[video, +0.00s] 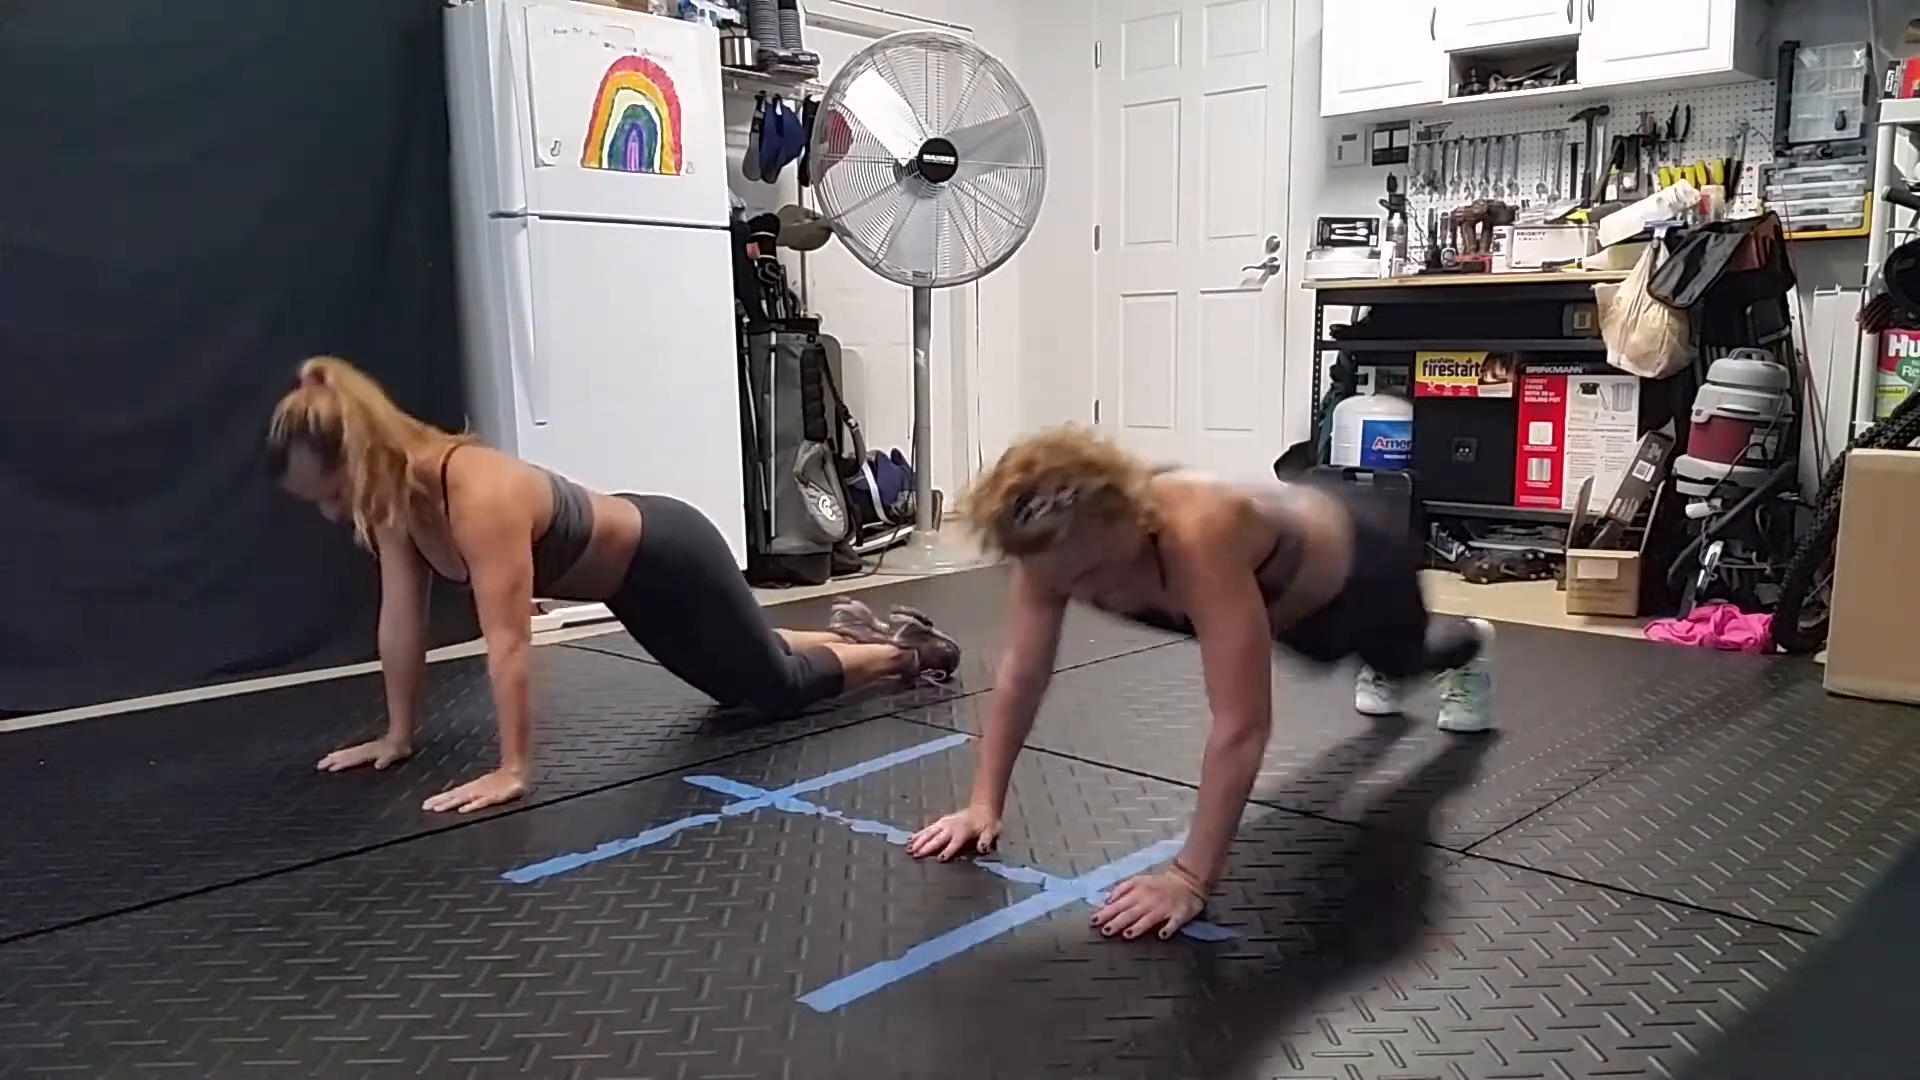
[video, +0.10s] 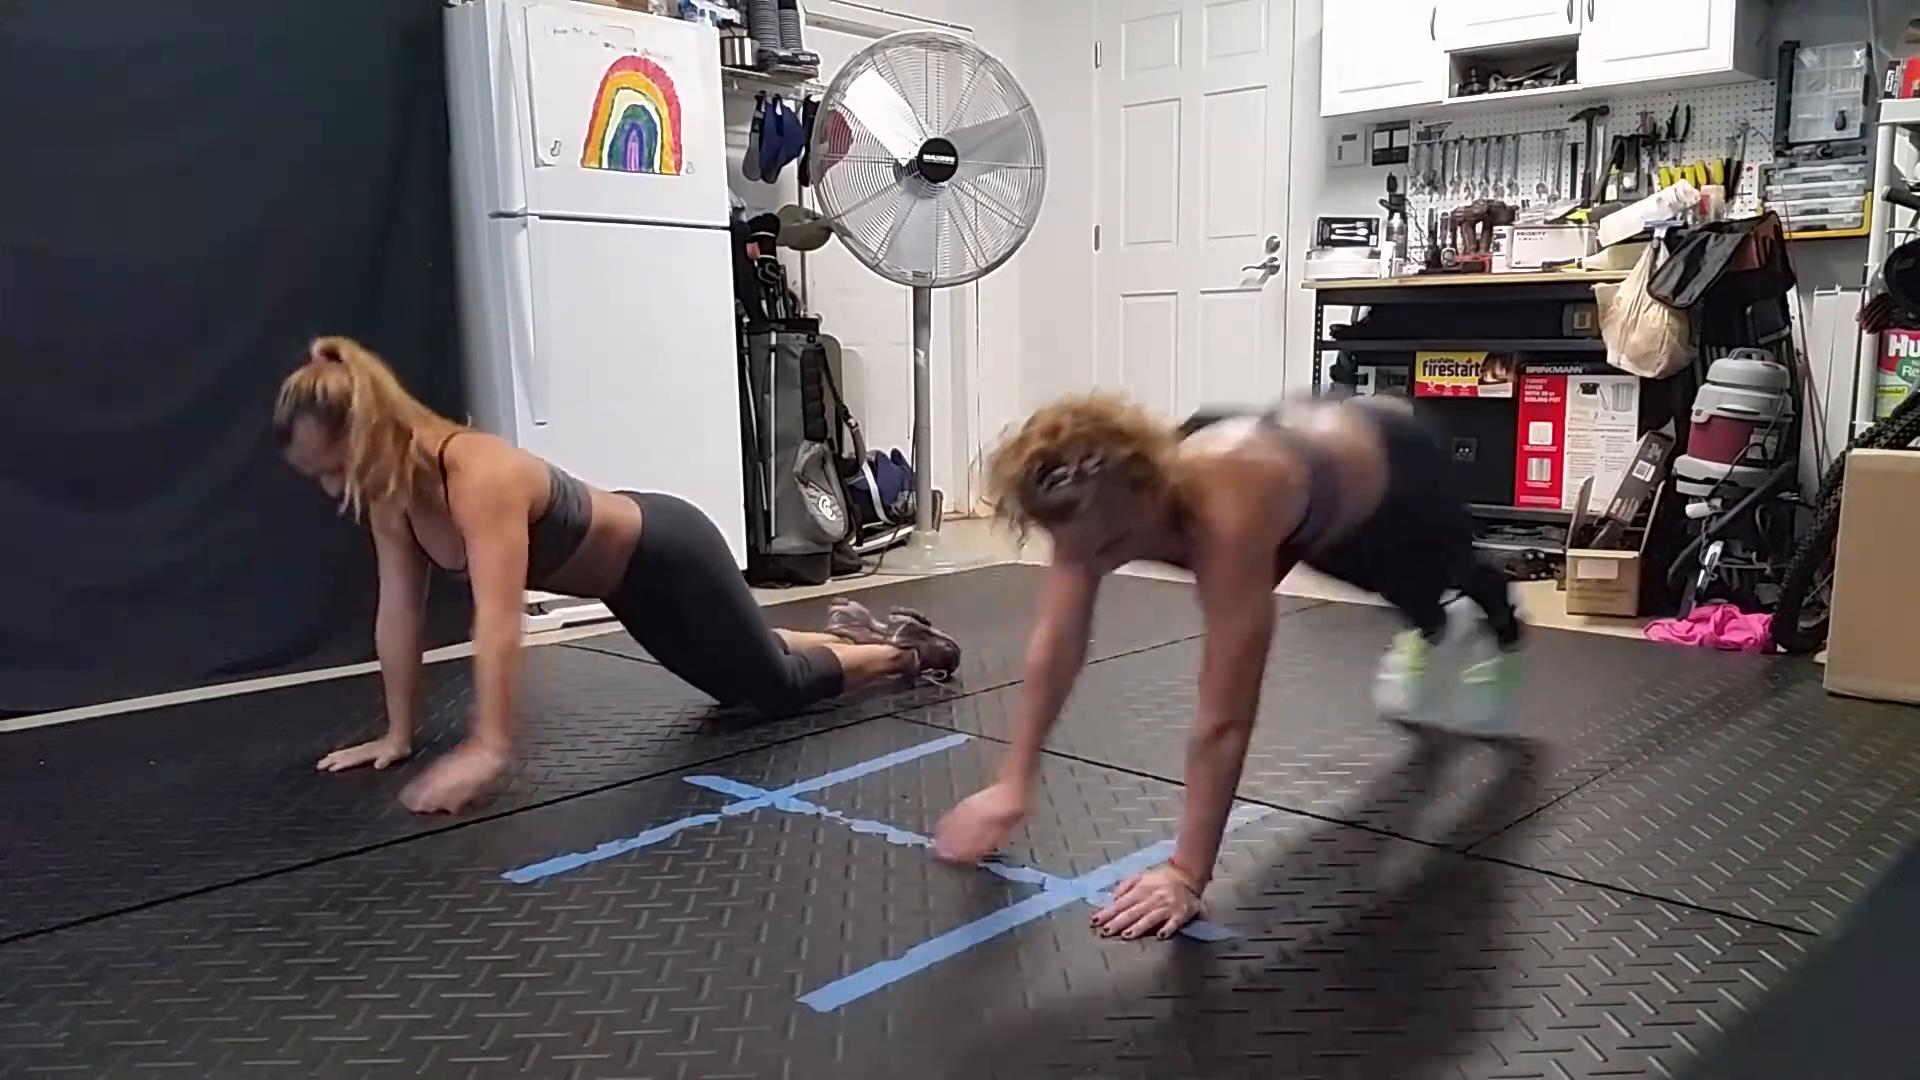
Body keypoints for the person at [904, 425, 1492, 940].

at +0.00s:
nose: (1085, 595)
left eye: (1093, 574)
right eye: (1067, 581)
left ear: (1124, 528)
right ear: (1043, 559)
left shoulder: (1202, 531)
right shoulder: (1050, 548)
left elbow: (1242, 729)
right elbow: (1019, 679)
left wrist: (1189, 876)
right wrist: (983, 803)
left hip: (1358, 567)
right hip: (1277, 596)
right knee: (1340, 642)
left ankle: (1469, 639)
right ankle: (1383, 666)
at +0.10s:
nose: (1087, 559)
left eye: (1097, 540)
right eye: (1075, 547)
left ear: (1140, 493)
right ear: (1061, 520)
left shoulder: (1233, 503)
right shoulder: (1087, 510)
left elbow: (1224, 723)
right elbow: (1056, 646)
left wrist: (1185, 874)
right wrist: (1012, 785)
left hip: (1390, 460)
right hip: (1306, 473)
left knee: (1457, 564)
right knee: (1391, 574)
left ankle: (1507, 629)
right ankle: (1435, 625)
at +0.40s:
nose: (1199, 684)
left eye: (1205, 664)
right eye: (1182, 673)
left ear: (1235, 617)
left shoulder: (1348, 576)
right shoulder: (1193, 603)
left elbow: (1461, 768)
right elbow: (1189, 724)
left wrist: (1483, 954)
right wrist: (1189, 877)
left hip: (1499, 570)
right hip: (1416, 581)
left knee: (1599, 640)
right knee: (1515, 649)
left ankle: (1694, 679)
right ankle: (1578, 678)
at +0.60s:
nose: (1203, 810)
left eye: (1207, 794)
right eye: (1187, 799)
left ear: (1240, 750)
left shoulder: (1363, 688)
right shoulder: (1212, 672)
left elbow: (1534, 786)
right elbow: (1191, 772)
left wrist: (1487, 957)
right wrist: (1188, 877)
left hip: (1519, 676)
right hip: (1436, 646)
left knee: (1615, 688)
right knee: (1532, 654)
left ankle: (1691, 668)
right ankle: (1591, 640)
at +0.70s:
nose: (1202, 903)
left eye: (1214, 888)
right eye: (1177, 892)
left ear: (1250, 834)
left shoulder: (1372, 760)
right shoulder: (1207, 696)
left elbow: (1543, 793)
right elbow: (1194, 767)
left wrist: (1487, 959)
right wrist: (1185, 876)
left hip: (1514, 702)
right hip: (1419, 660)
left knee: (1612, 691)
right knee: (1536, 652)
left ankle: (1692, 666)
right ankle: (1599, 637)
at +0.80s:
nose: (1215, 977)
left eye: (1224, 959)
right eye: (1188, 964)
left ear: (1257, 903)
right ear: (1141, 875)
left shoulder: (1370, 833)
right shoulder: (1182, 748)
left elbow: (1544, 793)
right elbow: (1196, 702)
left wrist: (1487, 958)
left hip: (1498, 728)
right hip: (1387, 693)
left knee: (1604, 703)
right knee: (1518, 673)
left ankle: (1689, 665)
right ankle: (1596, 640)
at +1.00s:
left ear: (1252, 938)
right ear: (1151, 859)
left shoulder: (1367, 859)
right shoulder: (1170, 797)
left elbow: (1542, 792)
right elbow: (1189, 707)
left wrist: (1489, 958)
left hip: (1497, 735)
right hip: (1388, 710)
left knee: (1607, 705)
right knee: (1510, 679)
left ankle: (1689, 665)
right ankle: (1593, 641)